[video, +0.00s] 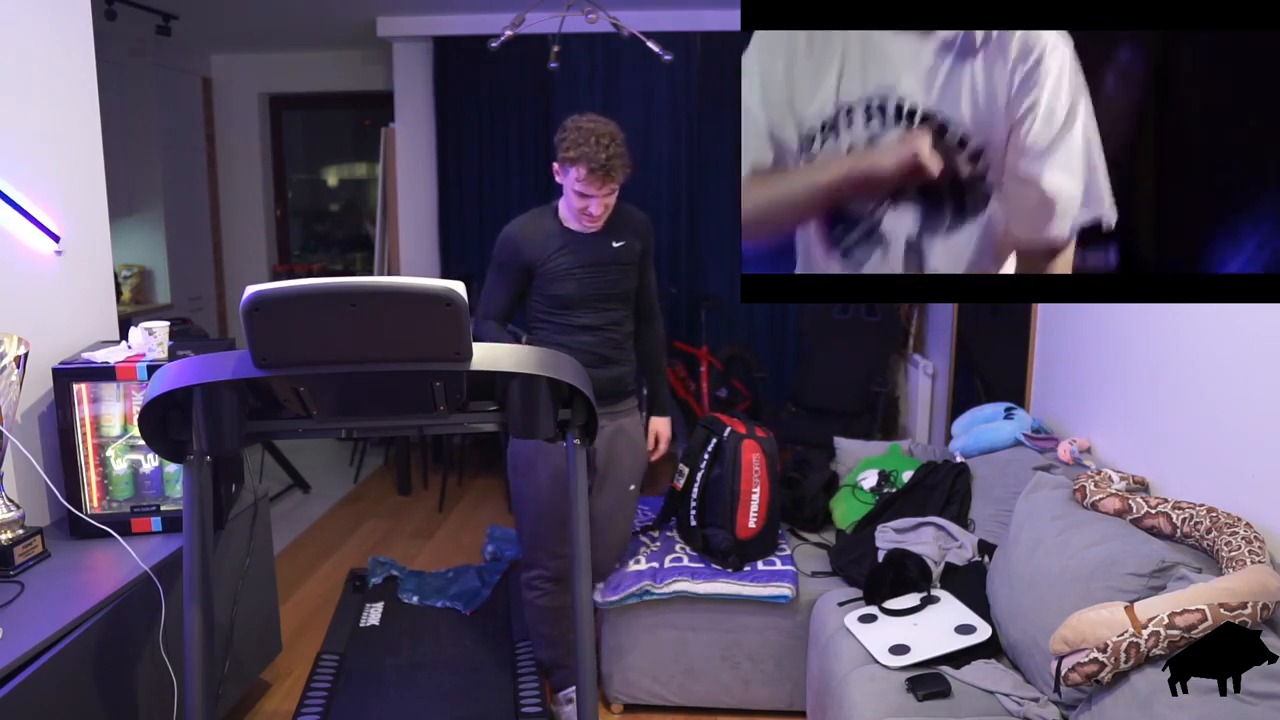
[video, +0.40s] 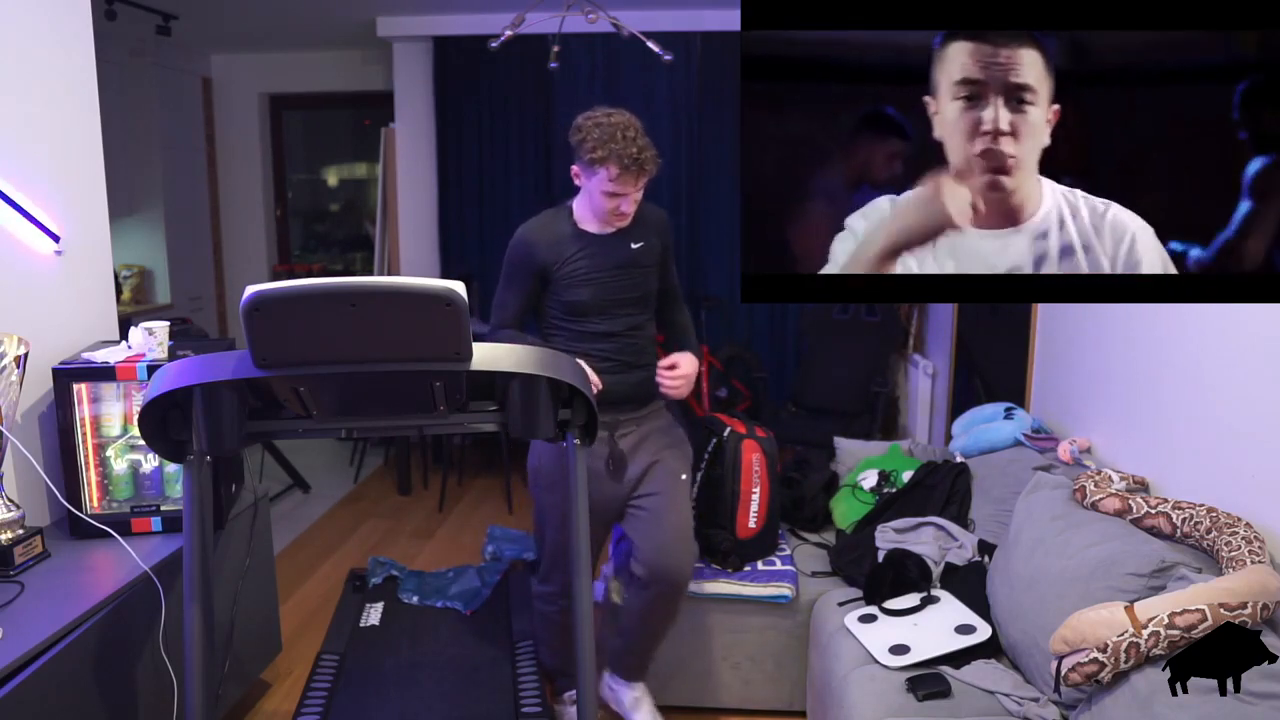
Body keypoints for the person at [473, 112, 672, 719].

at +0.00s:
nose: (597, 208)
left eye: (608, 195)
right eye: (585, 195)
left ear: (622, 181)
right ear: (558, 175)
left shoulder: (635, 231)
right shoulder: (523, 238)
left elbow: (649, 321)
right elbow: (489, 327)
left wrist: (660, 405)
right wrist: (529, 382)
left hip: (622, 419)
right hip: (545, 424)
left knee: (605, 556)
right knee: (554, 564)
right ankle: (565, 685)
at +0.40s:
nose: (626, 207)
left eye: (636, 194)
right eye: (613, 195)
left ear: (646, 179)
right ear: (579, 175)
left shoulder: (654, 228)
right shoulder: (537, 240)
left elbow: (671, 307)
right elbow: (502, 335)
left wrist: (687, 356)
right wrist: (559, 366)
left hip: (651, 427)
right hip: (570, 435)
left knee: (668, 568)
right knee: (564, 576)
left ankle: (623, 677)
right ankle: (565, 694)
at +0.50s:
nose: (631, 214)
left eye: (645, 202)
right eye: (619, 199)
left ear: (660, 184)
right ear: (594, 173)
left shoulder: (670, 229)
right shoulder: (550, 241)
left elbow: (690, 314)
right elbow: (511, 332)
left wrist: (691, 332)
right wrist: (562, 359)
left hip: (662, 430)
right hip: (579, 437)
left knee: (687, 574)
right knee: (569, 584)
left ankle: (690, 709)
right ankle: (567, 700)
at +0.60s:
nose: (642, 215)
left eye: (659, 206)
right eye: (634, 199)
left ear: (679, 189)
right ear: (617, 169)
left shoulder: (691, 233)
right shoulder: (568, 241)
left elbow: (713, 325)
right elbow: (529, 333)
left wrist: (699, 312)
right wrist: (577, 360)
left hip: (677, 439)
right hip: (593, 444)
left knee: (706, 591)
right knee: (580, 593)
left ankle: (733, 714)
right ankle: (574, 703)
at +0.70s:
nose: (672, 218)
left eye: (688, 207)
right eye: (662, 201)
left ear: (708, 190)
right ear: (642, 171)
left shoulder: (718, 237)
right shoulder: (593, 238)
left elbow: (742, 337)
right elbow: (550, 329)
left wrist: (723, 311)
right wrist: (601, 351)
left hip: (702, 439)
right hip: (615, 446)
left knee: (727, 599)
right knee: (601, 598)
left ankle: (741, 714)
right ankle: (573, 704)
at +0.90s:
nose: (730, 213)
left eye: (741, 200)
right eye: (719, 196)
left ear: (758, 184)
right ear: (694, 170)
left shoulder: (764, 235)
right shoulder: (637, 233)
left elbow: (811, 335)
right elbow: (595, 335)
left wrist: (788, 321)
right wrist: (662, 308)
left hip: (742, 443)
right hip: (653, 448)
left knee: (751, 609)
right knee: (669, 604)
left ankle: (743, 715)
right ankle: (593, 686)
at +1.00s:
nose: (735, 208)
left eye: (748, 196)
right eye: (727, 191)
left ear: (764, 180)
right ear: (706, 163)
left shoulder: (773, 235)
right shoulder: (652, 230)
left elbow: (823, 331)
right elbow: (616, 334)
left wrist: (800, 329)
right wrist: (689, 290)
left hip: (753, 443)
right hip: (665, 445)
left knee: (757, 610)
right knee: (685, 605)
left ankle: (747, 715)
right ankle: (625, 702)